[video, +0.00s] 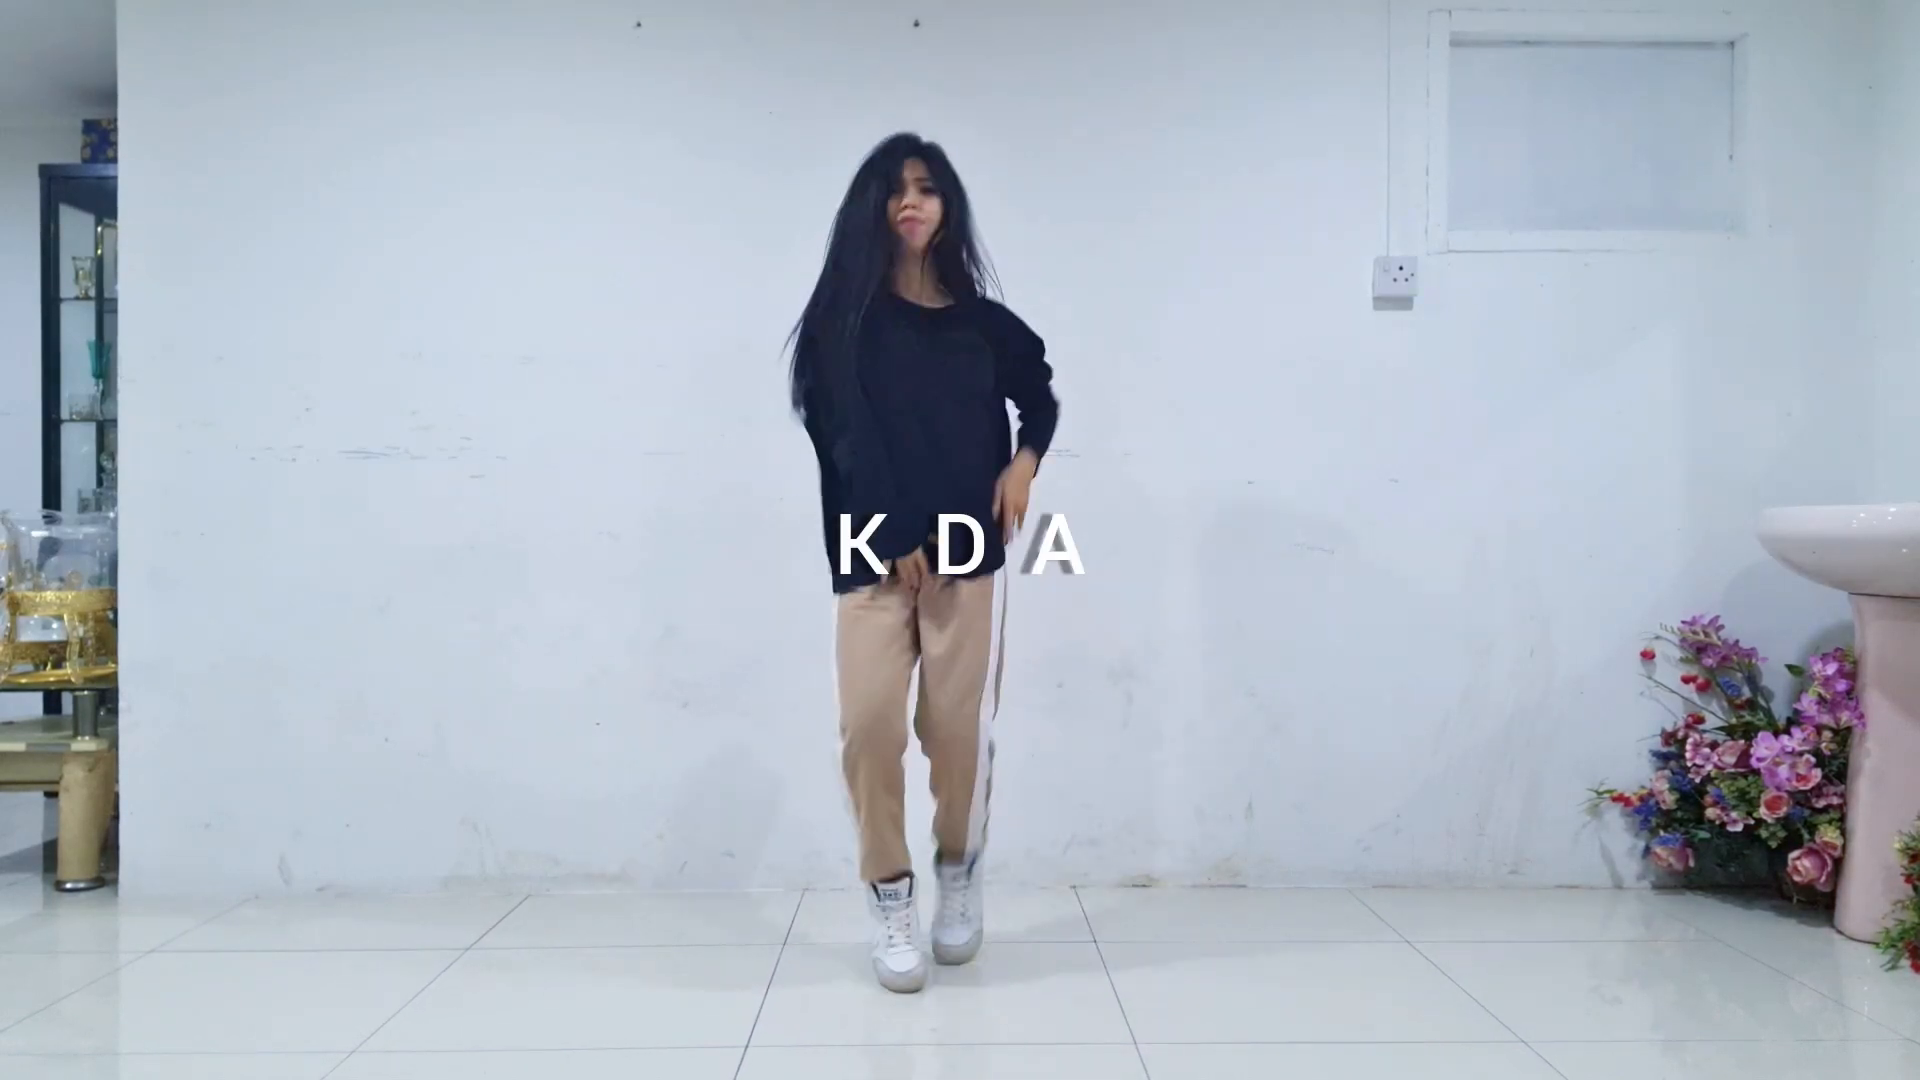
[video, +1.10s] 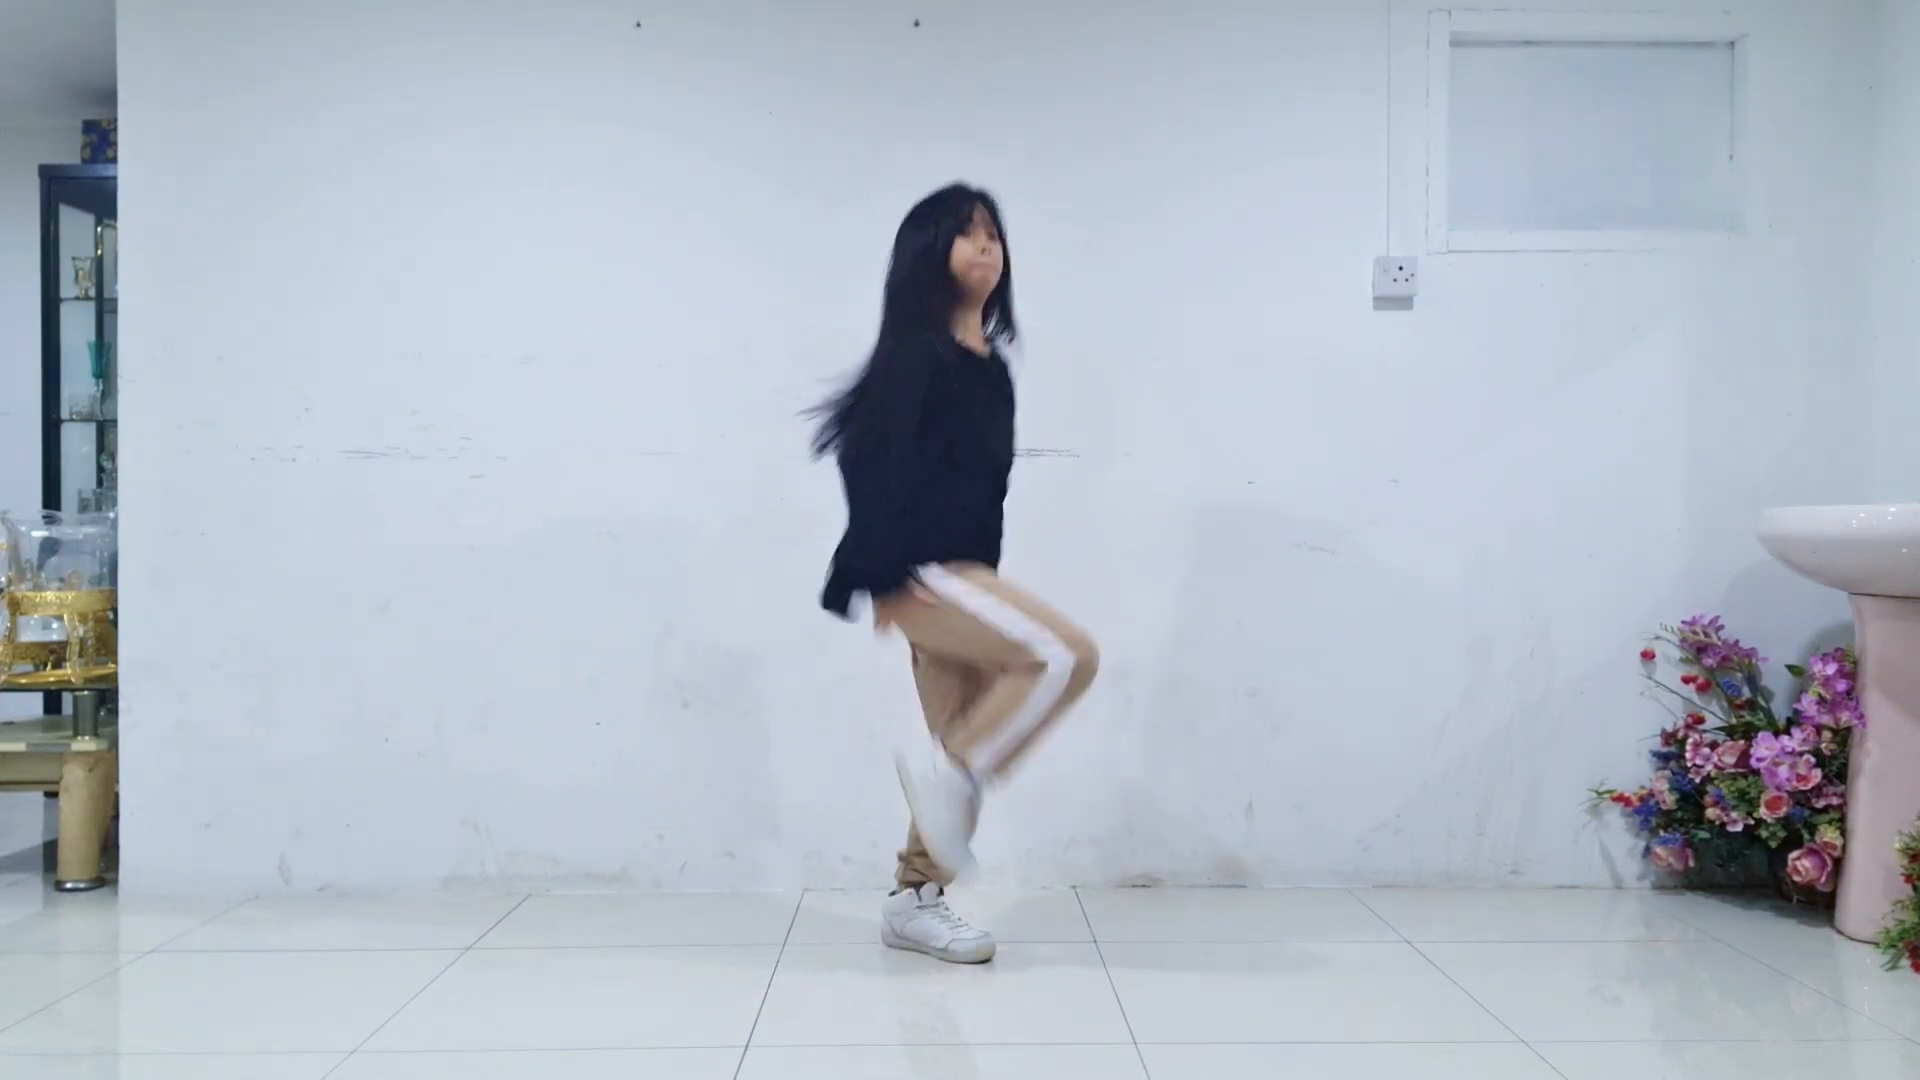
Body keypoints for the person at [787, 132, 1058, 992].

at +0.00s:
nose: (913, 204)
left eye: (927, 191)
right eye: (896, 191)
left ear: (948, 206)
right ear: (871, 208)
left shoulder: (982, 317)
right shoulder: (837, 316)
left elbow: (1040, 398)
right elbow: (835, 433)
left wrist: (1024, 466)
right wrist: (884, 532)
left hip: (964, 547)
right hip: (870, 548)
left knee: (953, 722)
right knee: (869, 723)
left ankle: (955, 869)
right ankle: (891, 902)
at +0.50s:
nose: (927, 264)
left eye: (943, 256)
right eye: (911, 251)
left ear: (962, 281)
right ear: (881, 272)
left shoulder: (997, 366)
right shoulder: (860, 387)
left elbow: (1066, 427)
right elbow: (823, 497)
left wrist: (1022, 453)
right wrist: (906, 545)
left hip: (976, 614)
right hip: (888, 612)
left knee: (978, 781)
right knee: (904, 774)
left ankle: (932, 897)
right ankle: (870, 912)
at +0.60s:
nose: (954, 261)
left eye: (964, 253)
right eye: (937, 245)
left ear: (971, 273)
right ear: (898, 256)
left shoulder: (980, 346)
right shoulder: (871, 352)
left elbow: (1001, 428)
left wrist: (938, 378)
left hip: (983, 571)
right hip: (898, 574)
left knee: (983, 761)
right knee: (906, 763)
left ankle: (933, 892)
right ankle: (871, 906)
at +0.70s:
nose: (960, 227)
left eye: (970, 217)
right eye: (943, 208)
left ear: (975, 235)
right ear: (901, 216)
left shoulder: (975, 336)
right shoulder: (870, 316)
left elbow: (1056, 330)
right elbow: (905, 368)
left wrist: (1004, 307)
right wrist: (982, 326)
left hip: (990, 546)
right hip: (914, 546)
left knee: (970, 724)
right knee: (901, 725)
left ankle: (938, 885)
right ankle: (872, 896)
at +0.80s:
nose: (962, 213)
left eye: (971, 206)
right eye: (947, 196)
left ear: (976, 226)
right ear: (902, 201)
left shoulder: (967, 296)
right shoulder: (857, 284)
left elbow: (1027, 293)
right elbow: (854, 285)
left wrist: (1002, 297)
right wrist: (934, 283)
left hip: (1000, 528)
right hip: (925, 525)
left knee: (962, 717)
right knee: (901, 712)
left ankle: (934, 881)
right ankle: (872, 893)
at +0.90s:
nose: (967, 241)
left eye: (977, 234)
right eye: (952, 223)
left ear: (982, 254)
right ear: (912, 230)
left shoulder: (966, 328)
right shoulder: (882, 310)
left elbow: (1037, 394)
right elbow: (859, 422)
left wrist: (1030, 364)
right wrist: (929, 494)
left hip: (998, 532)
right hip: (931, 531)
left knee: (981, 726)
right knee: (939, 729)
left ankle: (933, 884)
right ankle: (877, 886)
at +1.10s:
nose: (984, 248)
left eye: (991, 236)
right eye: (966, 236)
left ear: (1003, 253)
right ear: (932, 252)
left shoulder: (989, 355)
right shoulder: (913, 349)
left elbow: (970, 464)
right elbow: (870, 454)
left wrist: (977, 562)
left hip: (961, 561)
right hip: (914, 565)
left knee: (957, 738)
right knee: (1061, 656)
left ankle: (918, 901)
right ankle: (957, 772)